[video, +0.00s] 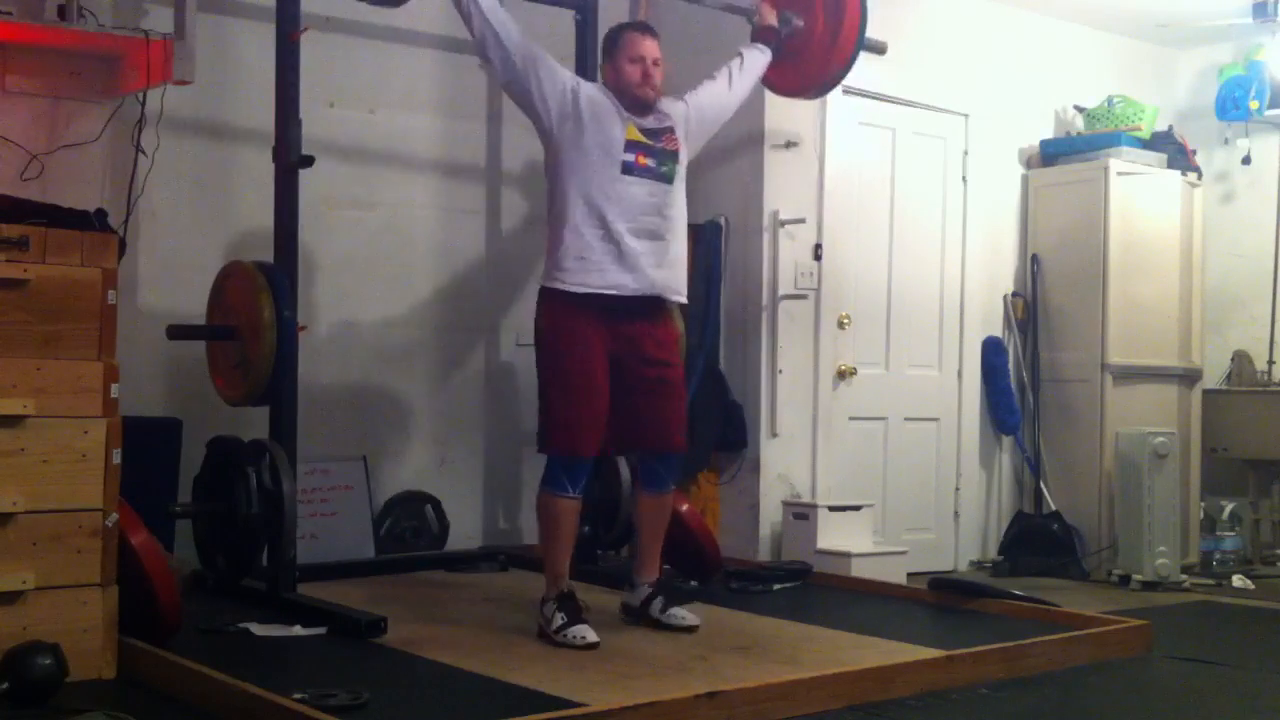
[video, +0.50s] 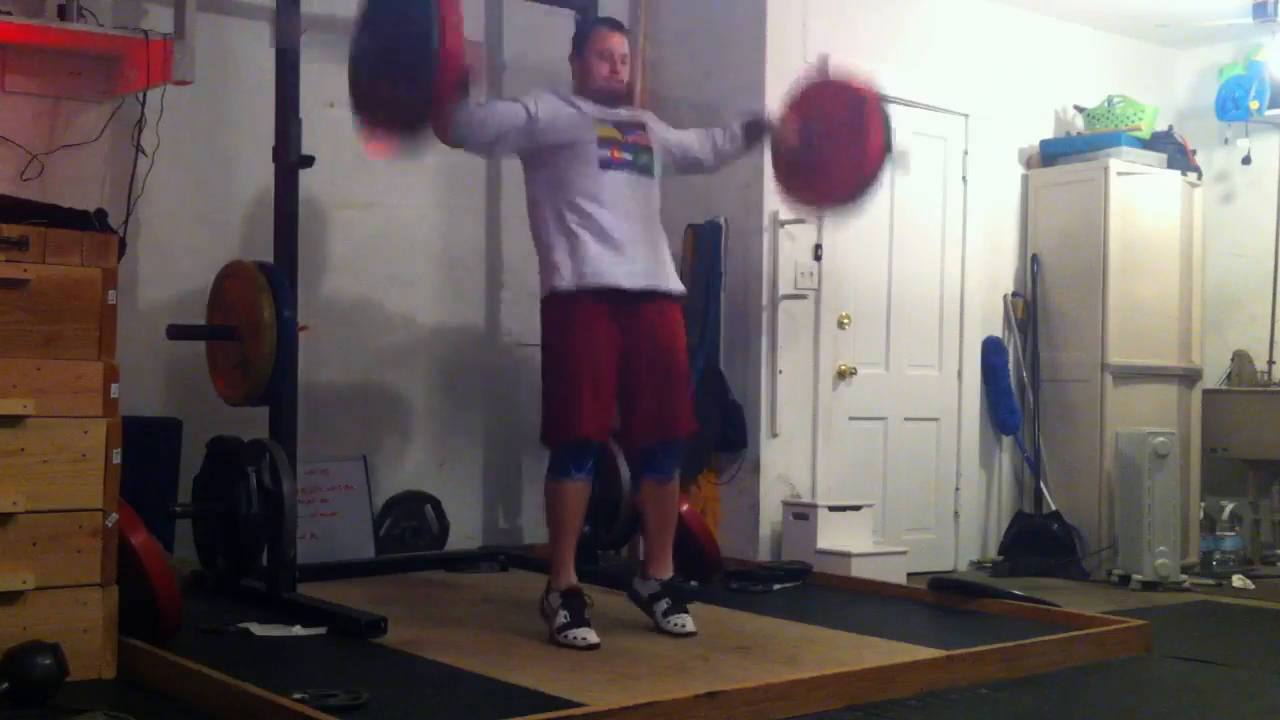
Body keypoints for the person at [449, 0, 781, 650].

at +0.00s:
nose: (649, 70)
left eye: (656, 61)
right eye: (636, 60)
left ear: (665, 69)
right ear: (607, 68)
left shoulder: (678, 120)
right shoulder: (573, 101)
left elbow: (730, 85)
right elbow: (503, 41)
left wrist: (765, 38)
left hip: (653, 308)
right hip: (577, 303)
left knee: (662, 452)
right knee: (573, 453)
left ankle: (645, 590)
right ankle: (556, 600)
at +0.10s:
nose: (643, 69)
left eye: (650, 60)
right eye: (630, 59)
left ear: (660, 68)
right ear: (601, 67)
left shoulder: (677, 121)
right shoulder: (567, 106)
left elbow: (732, 90)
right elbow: (498, 44)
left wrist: (766, 41)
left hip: (655, 311)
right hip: (579, 305)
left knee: (656, 455)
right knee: (572, 455)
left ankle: (646, 593)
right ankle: (557, 601)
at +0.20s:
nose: (632, 64)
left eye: (639, 57)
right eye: (619, 55)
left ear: (649, 69)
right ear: (591, 65)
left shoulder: (672, 125)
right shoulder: (559, 109)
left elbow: (738, 97)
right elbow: (493, 52)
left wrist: (770, 47)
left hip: (656, 311)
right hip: (579, 306)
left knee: (651, 458)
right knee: (572, 456)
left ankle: (647, 593)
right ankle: (557, 600)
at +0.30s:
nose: (628, 65)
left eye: (635, 58)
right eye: (615, 57)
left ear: (643, 69)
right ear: (587, 67)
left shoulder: (667, 132)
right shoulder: (557, 114)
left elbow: (735, 112)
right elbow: (486, 68)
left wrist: (775, 64)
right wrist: (456, 3)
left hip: (657, 314)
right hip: (582, 310)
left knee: (652, 460)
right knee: (574, 460)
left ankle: (647, 594)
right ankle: (556, 601)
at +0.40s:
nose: (622, 67)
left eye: (629, 60)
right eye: (609, 58)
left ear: (639, 72)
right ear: (582, 69)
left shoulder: (657, 138)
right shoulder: (555, 120)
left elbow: (716, 143)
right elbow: (473, 115)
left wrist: (763, 98)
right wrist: (460, 40)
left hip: (658, 311)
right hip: (584, 308)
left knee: (658, 457)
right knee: (577, 457)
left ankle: (649, 594)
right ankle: (559, 599)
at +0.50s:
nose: (616, 67)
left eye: (624, 59)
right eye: (604, 57)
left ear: (632, 68)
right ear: (576, 63)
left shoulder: (646, 128)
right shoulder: (548, 113)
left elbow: (705, 147)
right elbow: (466, 127)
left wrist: (765, 122)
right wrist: (448, 84)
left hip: (656, 297)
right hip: (580, 295)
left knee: (663, 441)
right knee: (578, 442)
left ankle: (656, 579)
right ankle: (563, 592)